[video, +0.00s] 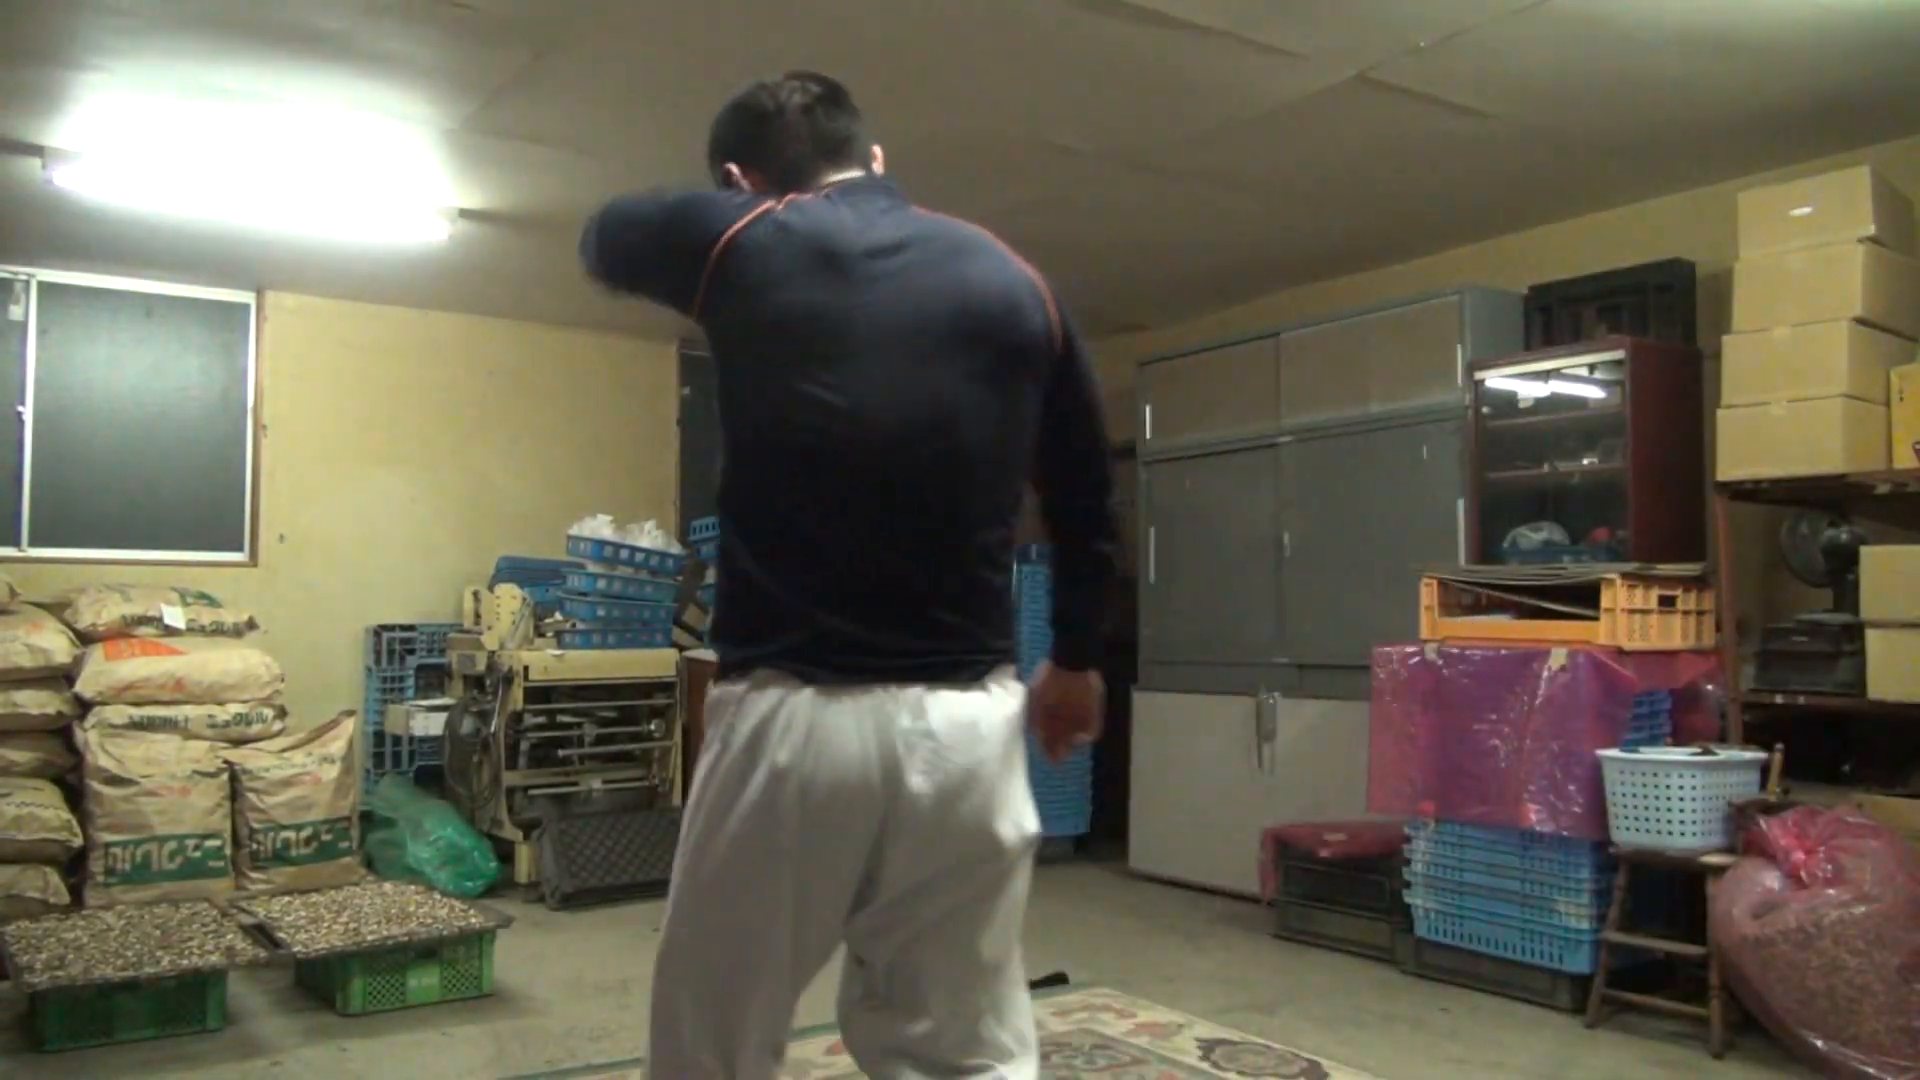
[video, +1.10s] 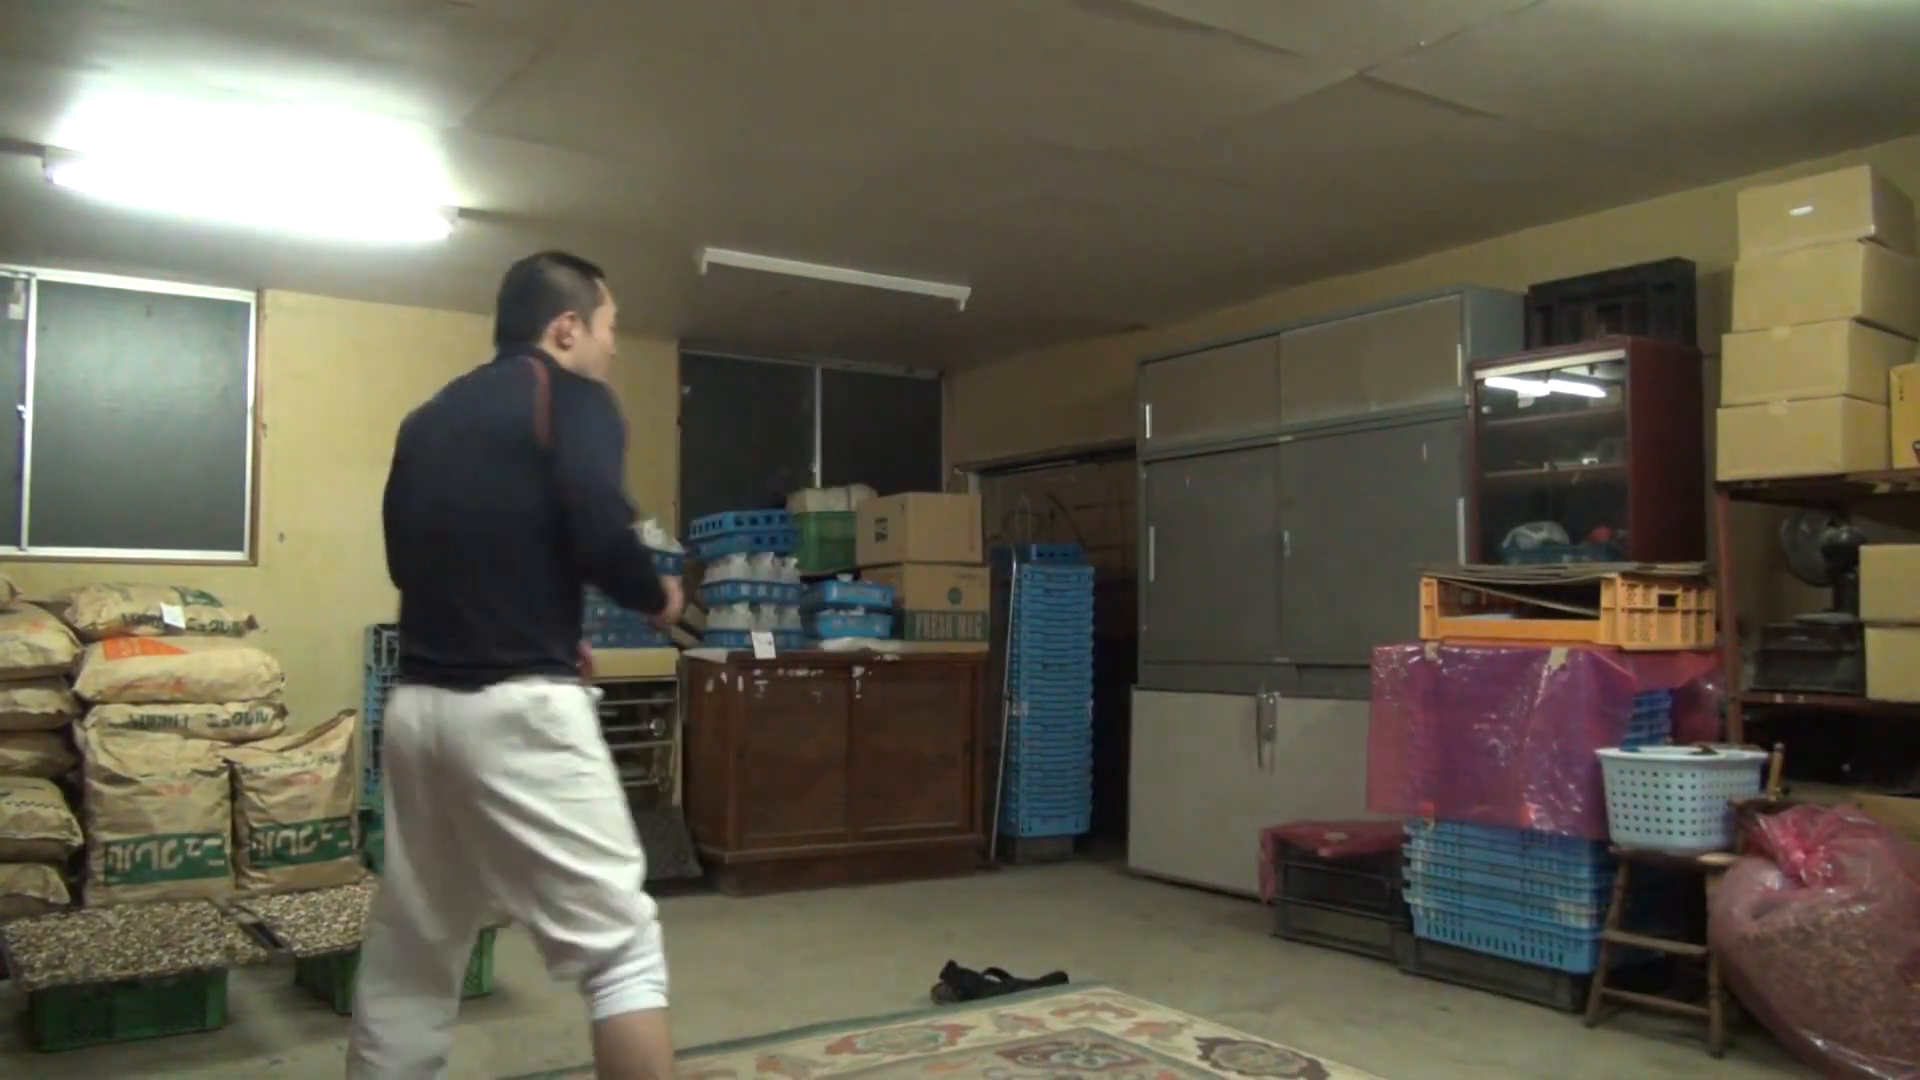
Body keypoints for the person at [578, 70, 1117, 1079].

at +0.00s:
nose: (725, 196)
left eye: (723, 185)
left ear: (743, 185)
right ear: (881, 164)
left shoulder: (751, 249)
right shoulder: (1013, 279)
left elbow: (608, 237)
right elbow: (1084, 496)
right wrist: (1080, 658)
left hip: (791, 731)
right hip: (973, 734)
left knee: (711, 1054)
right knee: (970, 1053)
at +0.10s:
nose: (705, 224)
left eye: (705, 210)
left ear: (722, 205)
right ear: (858, 197)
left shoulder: (694, 293)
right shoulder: (956, 309)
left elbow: (579, 370)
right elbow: (1025, 511)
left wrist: (702, 261)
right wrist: (1005, 642)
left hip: (736, 739)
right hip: (911, 739)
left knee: (694, 1057)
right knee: (925, 1053)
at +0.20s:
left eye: (684, 225)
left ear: (693, 229)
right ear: (825, 229)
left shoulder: (634, 333)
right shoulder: (905, 342)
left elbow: (566, 493)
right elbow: (972, 527)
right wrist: (953, 645)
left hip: (672, 743)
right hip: (839, 747)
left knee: (645, 1050)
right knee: (887, 1043)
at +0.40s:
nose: (784, 263)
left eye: (784, 246)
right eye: (785, 245)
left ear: (659, 238)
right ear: (768, 239)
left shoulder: (560, 345)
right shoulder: (824, 350)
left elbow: (520, 530)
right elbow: (880, 543)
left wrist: (621, 582)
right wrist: (891, 701)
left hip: (612, 716)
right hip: (761, 713)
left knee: (630, 1012)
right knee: (783, 979)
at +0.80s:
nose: (713, 324)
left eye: (715, 308)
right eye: (713, 307)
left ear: (607, 296)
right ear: (687, 302)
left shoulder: (511, 387)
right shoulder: (731, 395)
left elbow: (480, 546)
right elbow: (785, 559)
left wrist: (572, 566)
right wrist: (820, 689)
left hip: (546, 719)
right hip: (678, 714)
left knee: (507, 963)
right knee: (692, 966)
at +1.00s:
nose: (646, 332)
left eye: (646, 315)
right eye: (643, 315)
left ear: (545, 314)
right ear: (613, 315)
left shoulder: (454, 404)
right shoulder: (642, 391)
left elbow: (432, 553)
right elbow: (692, 522)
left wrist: (531, 559)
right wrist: (710, 601)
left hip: (468, 716)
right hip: (591, 715)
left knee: (436, 954)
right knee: (660, 961)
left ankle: (390, 1071)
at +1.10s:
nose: (613, 350)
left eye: (613, 332)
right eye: (608, 331)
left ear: (524, 332)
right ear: (564, 331)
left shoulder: (426, 419)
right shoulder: (572, 396)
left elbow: (415, 561)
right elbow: (596, 528)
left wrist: (547, 630)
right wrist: (658, 595)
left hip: (415, 716)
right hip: (524, 716)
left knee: (407, 966)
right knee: (620, 954)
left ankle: (381, 1072)